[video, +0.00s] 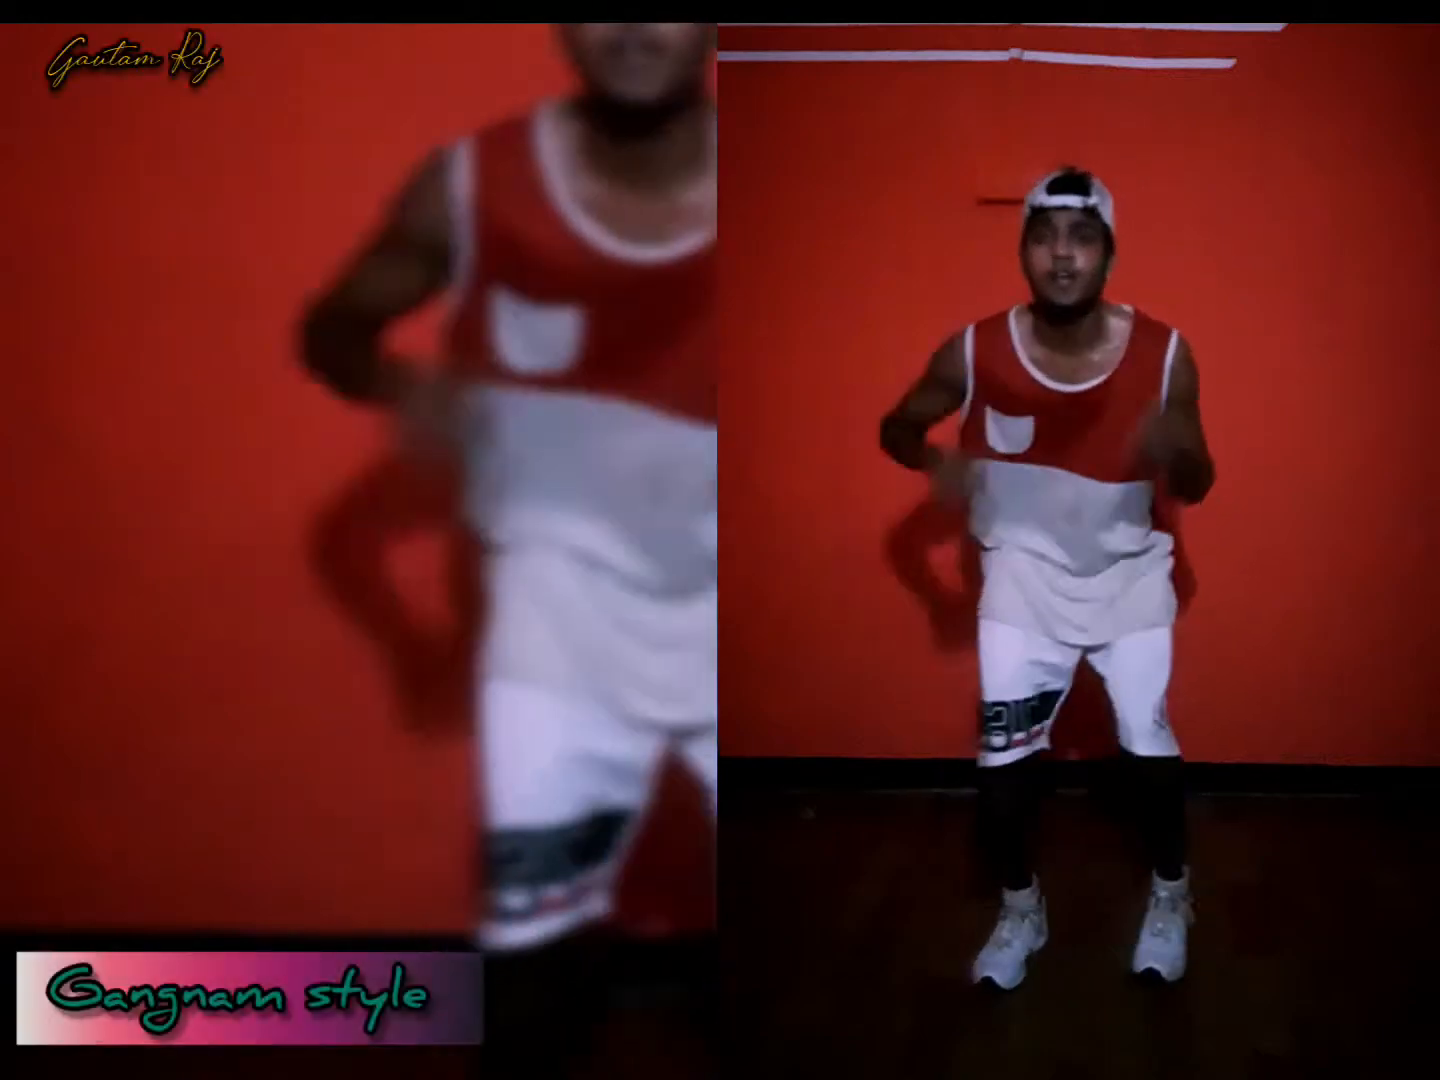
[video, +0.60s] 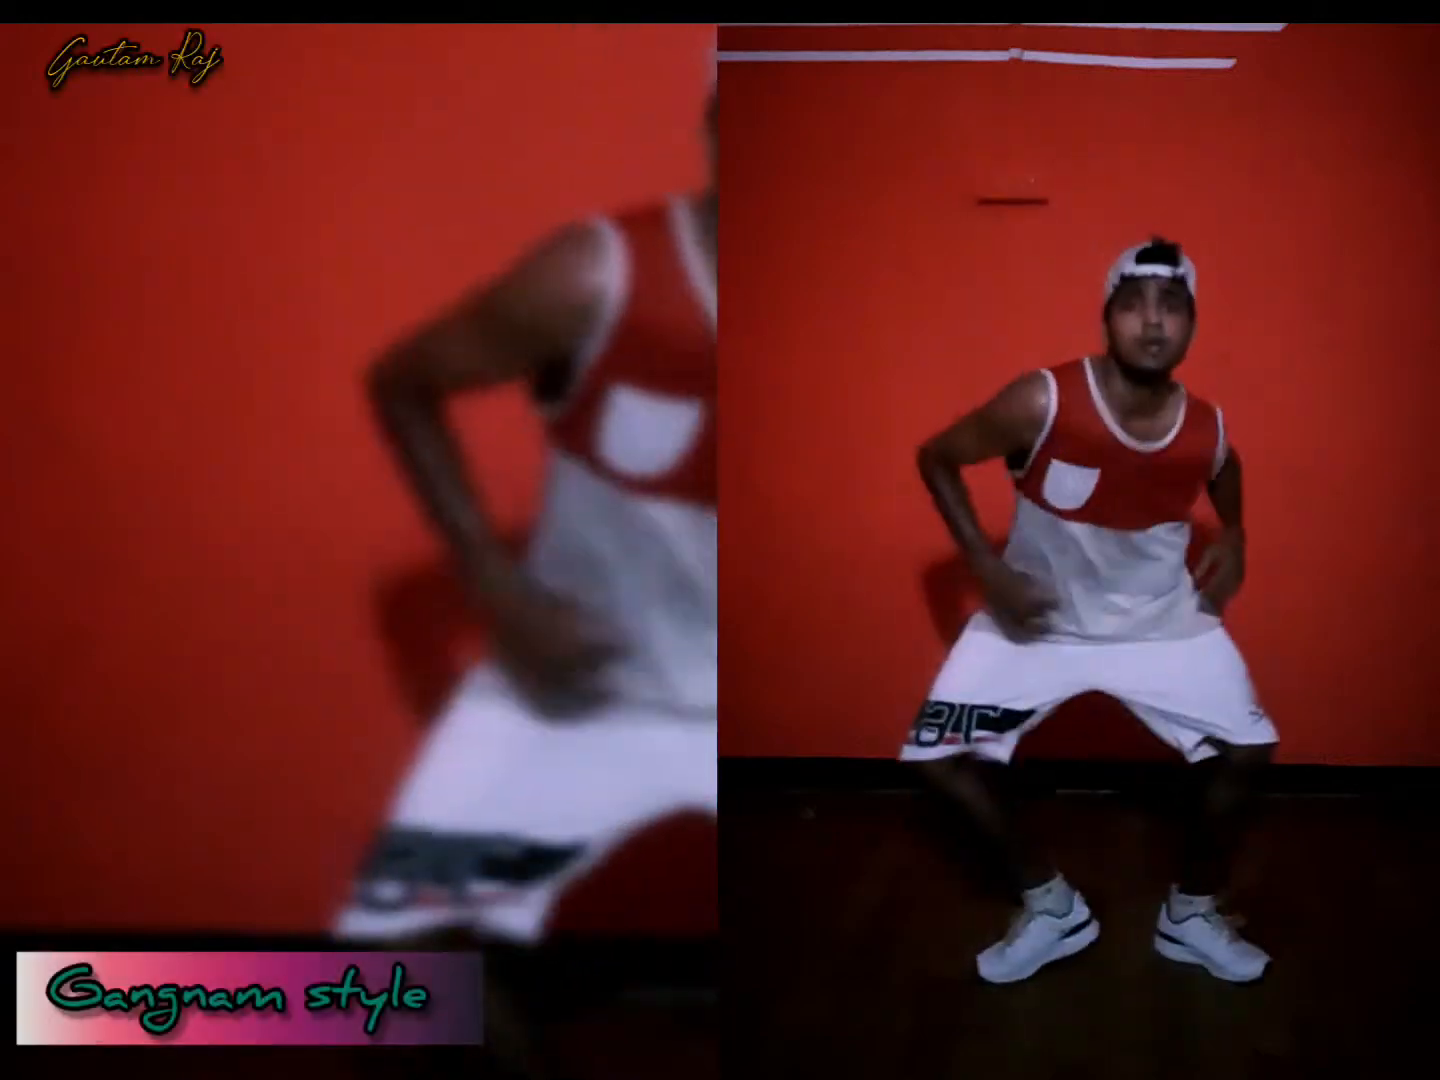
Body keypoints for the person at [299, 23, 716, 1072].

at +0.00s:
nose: (636, 28)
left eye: (665, 8)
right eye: (607, 9)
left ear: (713, 28)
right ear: (565, 28)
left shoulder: (770, 185)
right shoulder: (482, 180)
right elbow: (331, 333)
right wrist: (411, 391)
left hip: (740, 609)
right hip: (560, 613)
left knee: (794, 930)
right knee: (533, 959)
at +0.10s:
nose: (668, 23)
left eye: (691, 5)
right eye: (640, 7)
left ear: (730, 27)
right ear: (599, 27)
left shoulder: (774, 172)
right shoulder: (515, 170)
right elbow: (430, 414)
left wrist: (731, 333)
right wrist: (561, 332)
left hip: (736, 611)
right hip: (565, 610)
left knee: (744, 931)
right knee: (557, 928)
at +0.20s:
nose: (684, 48)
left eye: (706, 24)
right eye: (657, 25)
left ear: (746, 46)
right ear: (617, 44)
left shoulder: (786, 217)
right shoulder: (545, 227)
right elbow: (553, 478)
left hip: (730, 608)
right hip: (572, 598)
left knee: (708, 962)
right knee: (569, 943)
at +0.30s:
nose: (694, 82)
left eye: (718, 50)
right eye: (660, 52)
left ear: (758, 74)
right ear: (620, 79)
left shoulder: (801, 239)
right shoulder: (562, 264)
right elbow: (631, 521)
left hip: (747, 577)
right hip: (589, 585)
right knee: (546, 896)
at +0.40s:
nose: (708, 85)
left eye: (729, 53)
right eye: (677, 55)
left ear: (762, 74)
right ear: (640, 81)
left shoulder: (819, 224)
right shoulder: (595, 267)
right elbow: (630, 567)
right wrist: (688, 829)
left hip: (733, 590)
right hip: (594, 597)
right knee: (478, 891)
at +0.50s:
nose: (747, 95)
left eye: (765, 67)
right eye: (727, 64)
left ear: (826, 92)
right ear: (693, 80)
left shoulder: (858, 244)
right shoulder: (610, 255)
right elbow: (494, 507)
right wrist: (657, 738)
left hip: (781, 626)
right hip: (601, 631)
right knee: (410, 891)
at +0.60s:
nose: (765, 161)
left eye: (786, 132)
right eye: (748, 128)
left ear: (826, 151)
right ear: (713, 131)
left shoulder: (847, 299)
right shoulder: (604, 274)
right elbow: (402, 381)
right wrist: (505, 598)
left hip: (747, 722)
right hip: (576, 711)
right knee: (395, 959)